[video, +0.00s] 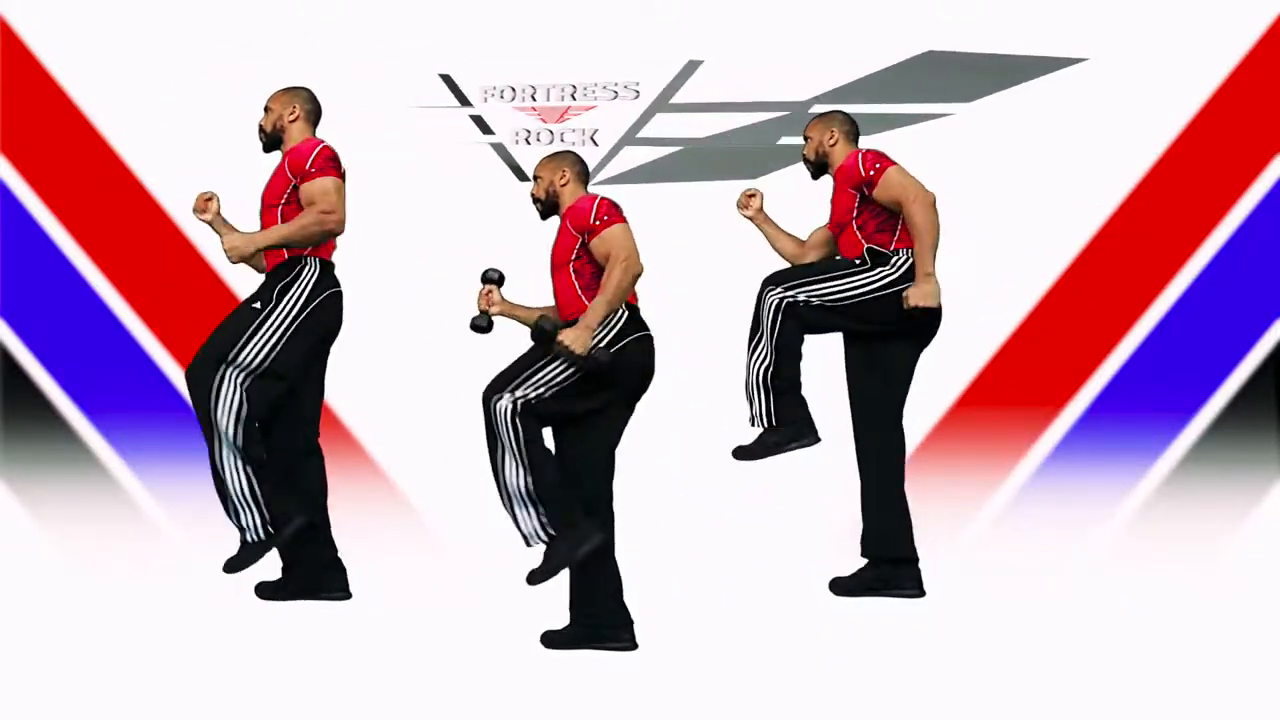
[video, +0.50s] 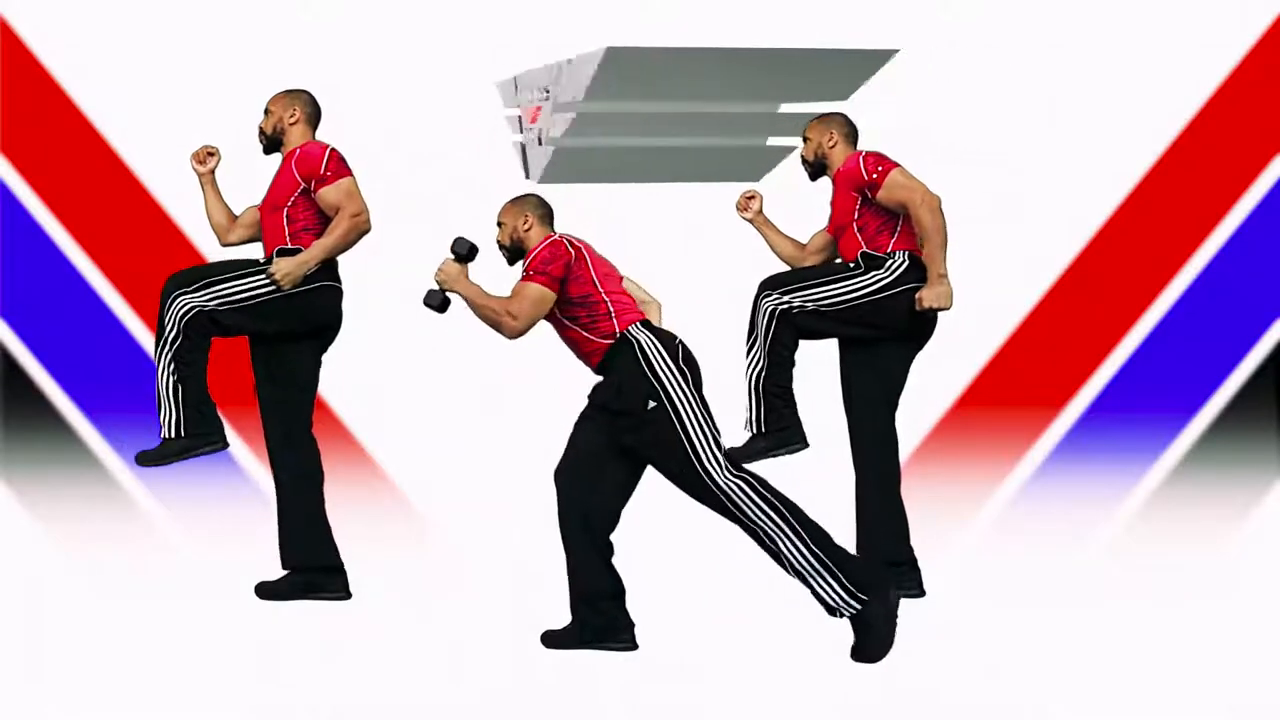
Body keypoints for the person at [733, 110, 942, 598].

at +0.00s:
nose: (803, 149)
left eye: (808, 138)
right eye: (803, 141)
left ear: (832, 135)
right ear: (836, 138)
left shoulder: (859, 162)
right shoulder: (850, 200)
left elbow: (919, 200)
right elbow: (805, 254)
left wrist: (926, 276)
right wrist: (760, 218)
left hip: (890, 274)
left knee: (779, 291)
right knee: (877, 434)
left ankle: (784, 421)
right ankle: (892, 565)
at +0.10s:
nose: (804, 148)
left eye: (809, 137)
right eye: (805, 140)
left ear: (834, 135)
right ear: (838, 138)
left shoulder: (863, 161)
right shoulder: (850, 199)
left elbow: (925, 200)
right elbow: (806, 254)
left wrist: (934, 276)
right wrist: (761, 219)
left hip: (893, 274)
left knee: (777, 285)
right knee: (873, 431)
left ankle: (782, 414)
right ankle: (891, 564)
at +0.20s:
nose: (804, 148)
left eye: (809, 138)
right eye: (805, 140)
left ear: (833, 136)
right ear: (838, 138)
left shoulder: (861, 163)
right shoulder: (850, 198)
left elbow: (925, 201)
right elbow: (807, 255)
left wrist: (934, 279)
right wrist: (760, 219)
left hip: (893, 277)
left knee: (777, 295)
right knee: (872, 431)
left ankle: (788, 426)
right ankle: (891, 565)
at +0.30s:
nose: (803, 149)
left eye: (807, 138)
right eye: (803, 142)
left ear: (831, 136)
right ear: (837, 138)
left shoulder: (860, 164)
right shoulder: (850, 200)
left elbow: (924, 201)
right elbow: (804, 256)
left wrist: (936, 279)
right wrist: (759, 216)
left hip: (894, 276)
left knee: (777, 300)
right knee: (872, 434)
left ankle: (791, 429)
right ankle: (891, 565)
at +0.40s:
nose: (802, 149)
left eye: (806, 139)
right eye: (802, 142)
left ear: (831, 136)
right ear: (835, 139)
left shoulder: (860, 164)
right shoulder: (850, 199)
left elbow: (924, 201)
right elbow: (804, 257)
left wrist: (939, 278)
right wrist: (758, 216)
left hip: (894, 276)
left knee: (776, 298)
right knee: (872, 436)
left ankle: (785, 428)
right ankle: (891, 565)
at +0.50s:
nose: (801, 152)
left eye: (806, 141)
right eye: (802, 144)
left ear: (830, 137)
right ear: (835, 140)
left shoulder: (859, 165)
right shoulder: (848, 199)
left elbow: (924, 201)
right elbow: (806, 257)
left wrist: (937, 276)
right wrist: (759, 220)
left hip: (893, 276)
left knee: (774, 296)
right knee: (871, 438)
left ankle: (776, 425)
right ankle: (891, 567)